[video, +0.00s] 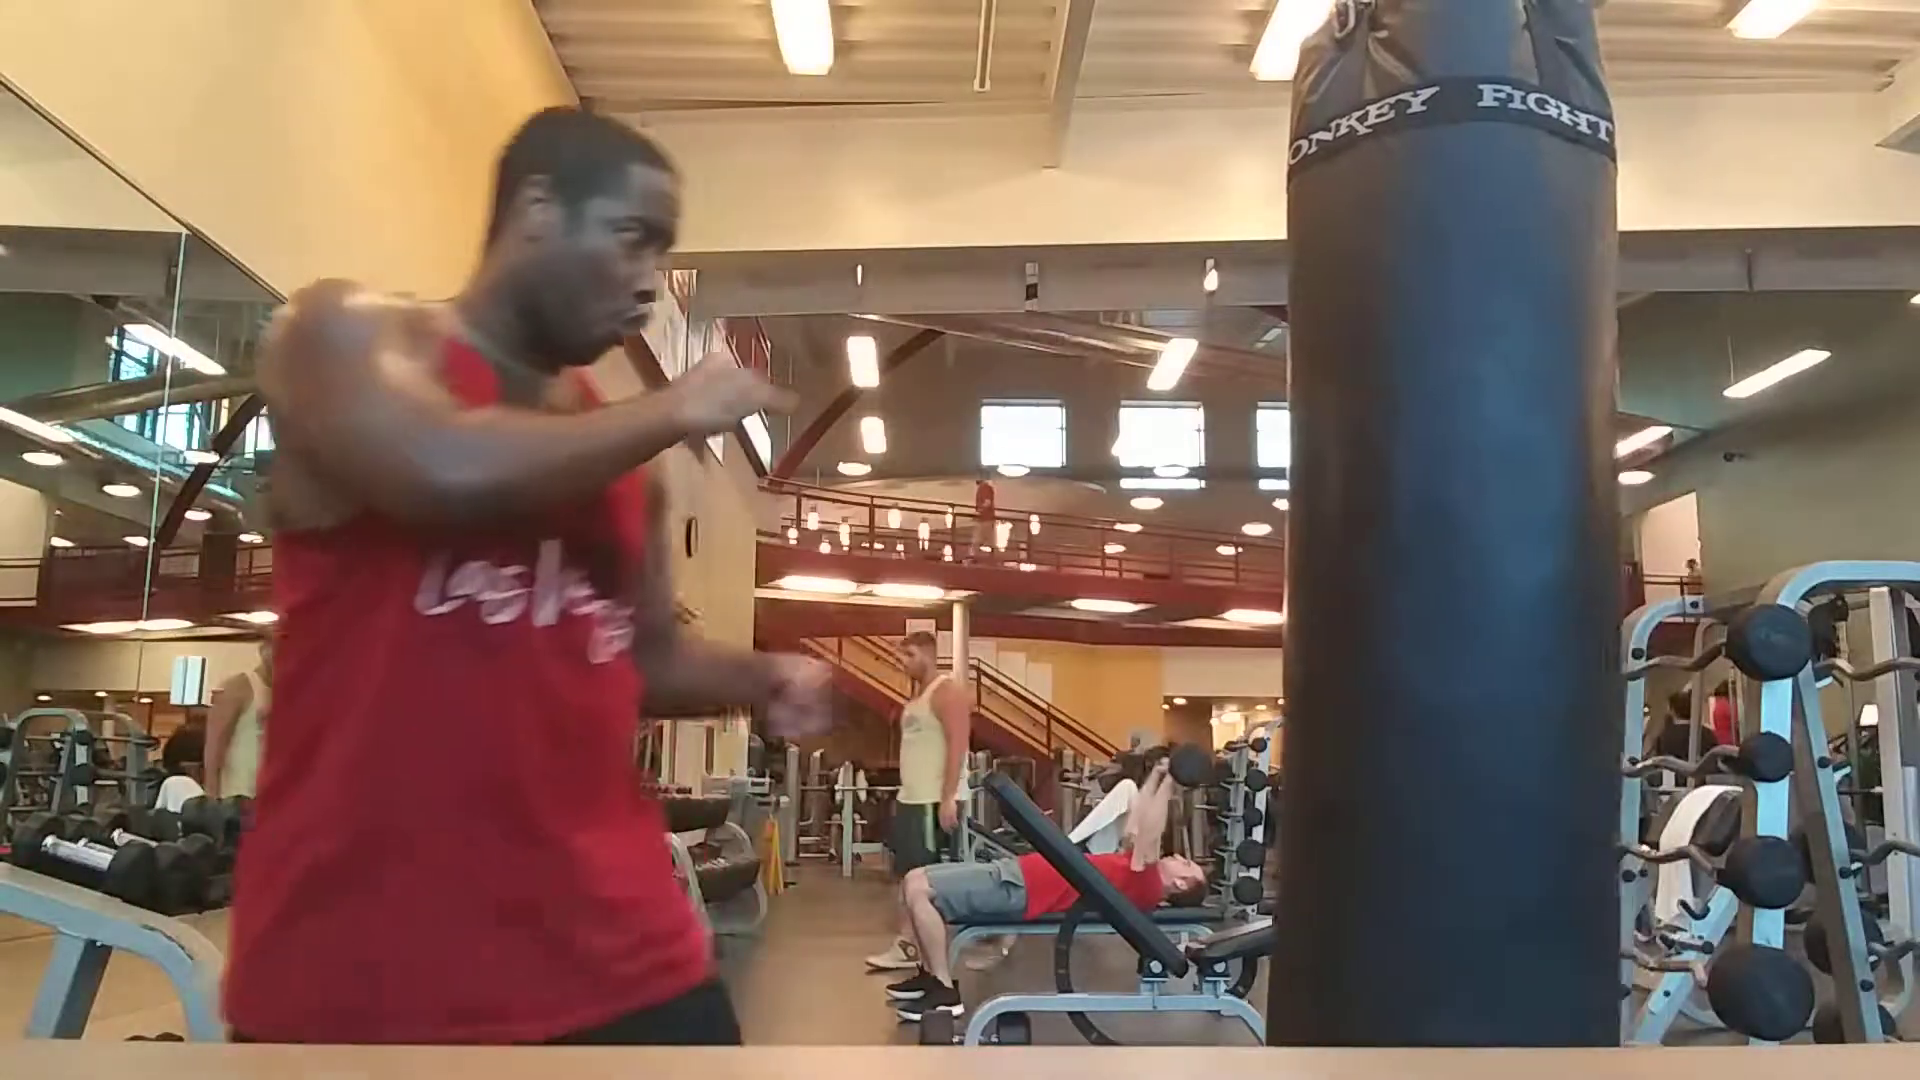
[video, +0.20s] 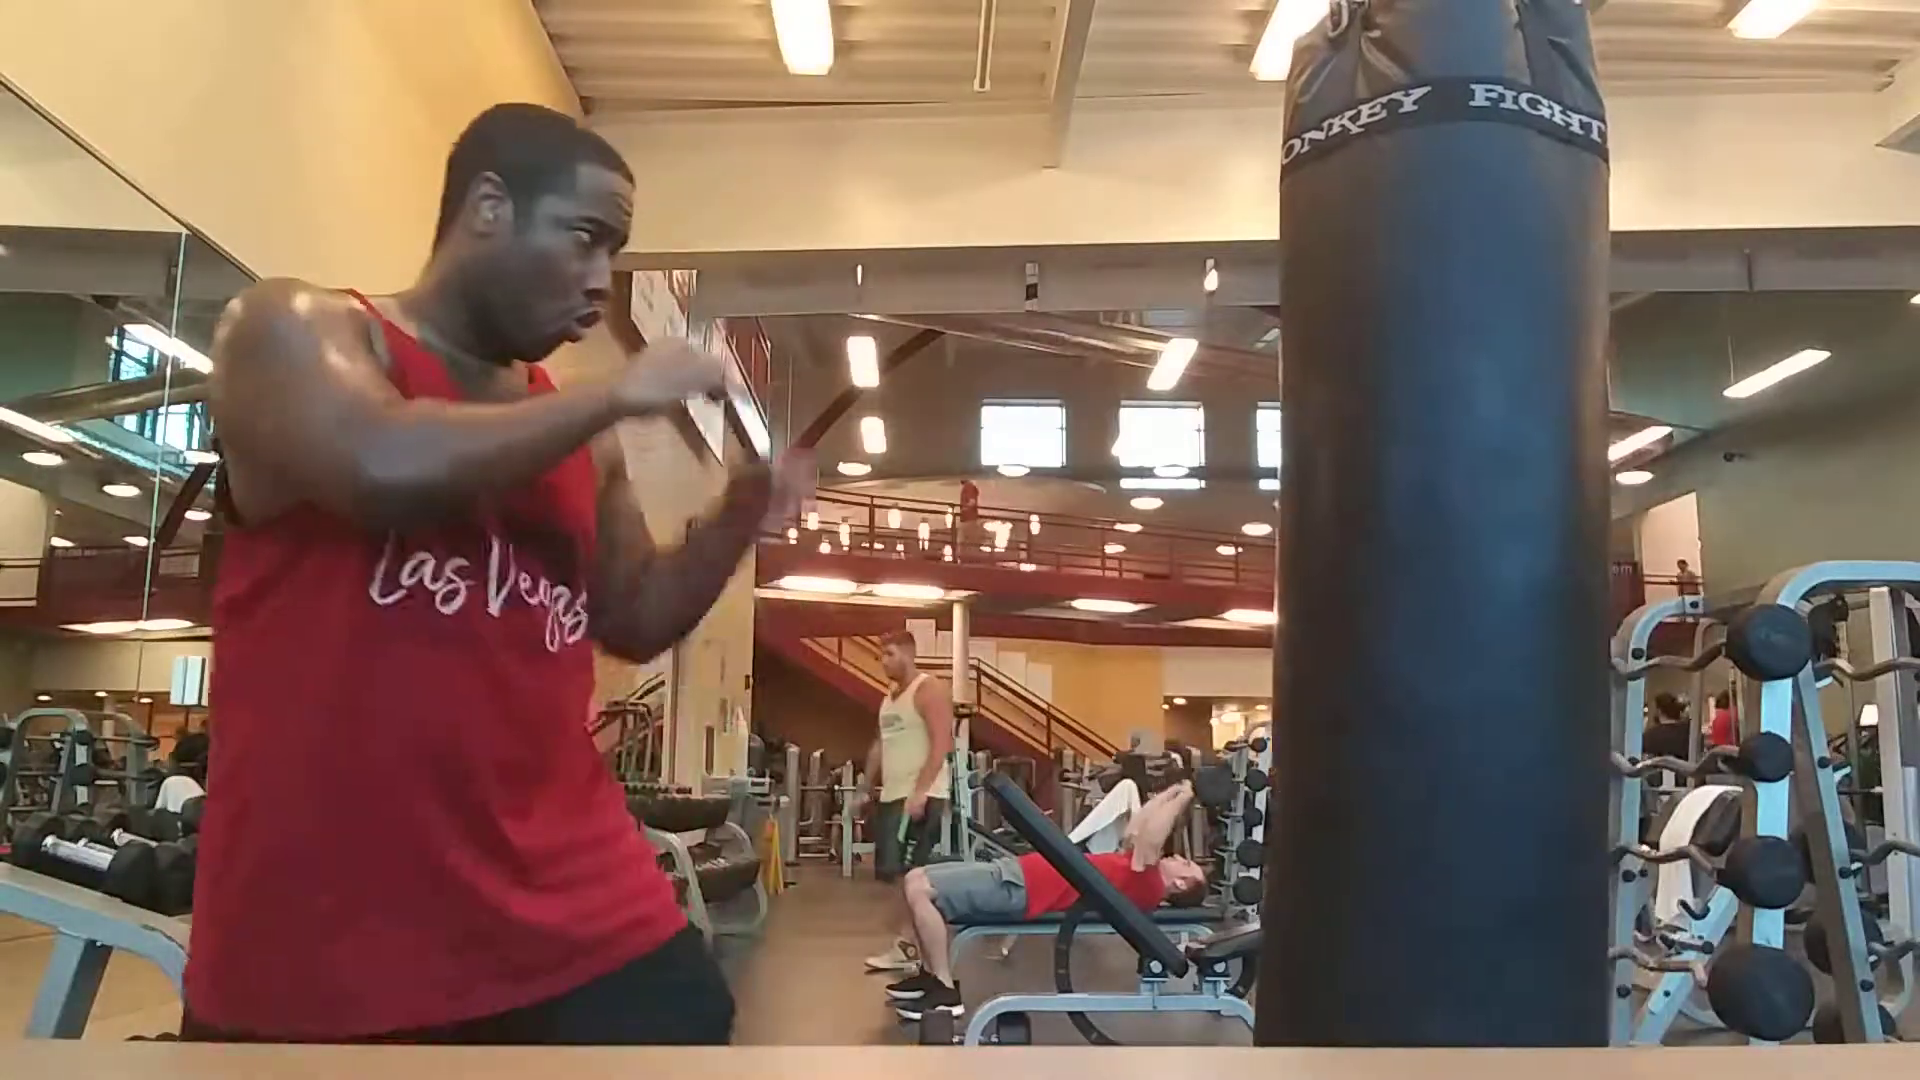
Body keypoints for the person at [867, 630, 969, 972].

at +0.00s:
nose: (903, 661)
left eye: (907, 655)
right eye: (902, 656)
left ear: (925, 655)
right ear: (914, 658)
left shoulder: (948, 690)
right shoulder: (920, 694)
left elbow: (959, 743)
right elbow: (922, 747)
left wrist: (949, 796)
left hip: (932, 802)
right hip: (910, 800)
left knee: (929, 879)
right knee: (908, 877)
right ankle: (907, 942)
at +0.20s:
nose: (884, 661)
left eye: (889, 654)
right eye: (882, 655)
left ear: (909, 654)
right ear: (887, 658)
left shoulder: (930, 689)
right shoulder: (891, 696)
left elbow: (941, 744)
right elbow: (882, 745)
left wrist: (921, 793)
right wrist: (868, 788)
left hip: (921, 798)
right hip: (892, 798)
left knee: (910, 876)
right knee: (898, 876)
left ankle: (912, 947)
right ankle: (908, 945)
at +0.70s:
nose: (847, 663)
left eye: (852, 655)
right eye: (844, 657)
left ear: (875, 647)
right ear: (841, 656)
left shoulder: (898, 690)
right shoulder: (844, 688)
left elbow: (916, 749)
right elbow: (830, 739)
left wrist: (917, 802)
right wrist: (814, 783)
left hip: (878, 795)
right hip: (844, 797)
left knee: (861, 877)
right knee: (847, 875)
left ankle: (863, 957)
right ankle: (889, 927)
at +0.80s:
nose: (850, 659)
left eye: (857, 651)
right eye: (846, 652)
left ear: (872, 651)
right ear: (841, 653)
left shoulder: (891, 688)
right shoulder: (832, 688)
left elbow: (908, 747)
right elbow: (823, 745)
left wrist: (910, 801)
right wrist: (818, 790)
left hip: (871, 797)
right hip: (834, 797)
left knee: (864, 883)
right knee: (841, 883)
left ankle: (864, 958)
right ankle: (850, 953)